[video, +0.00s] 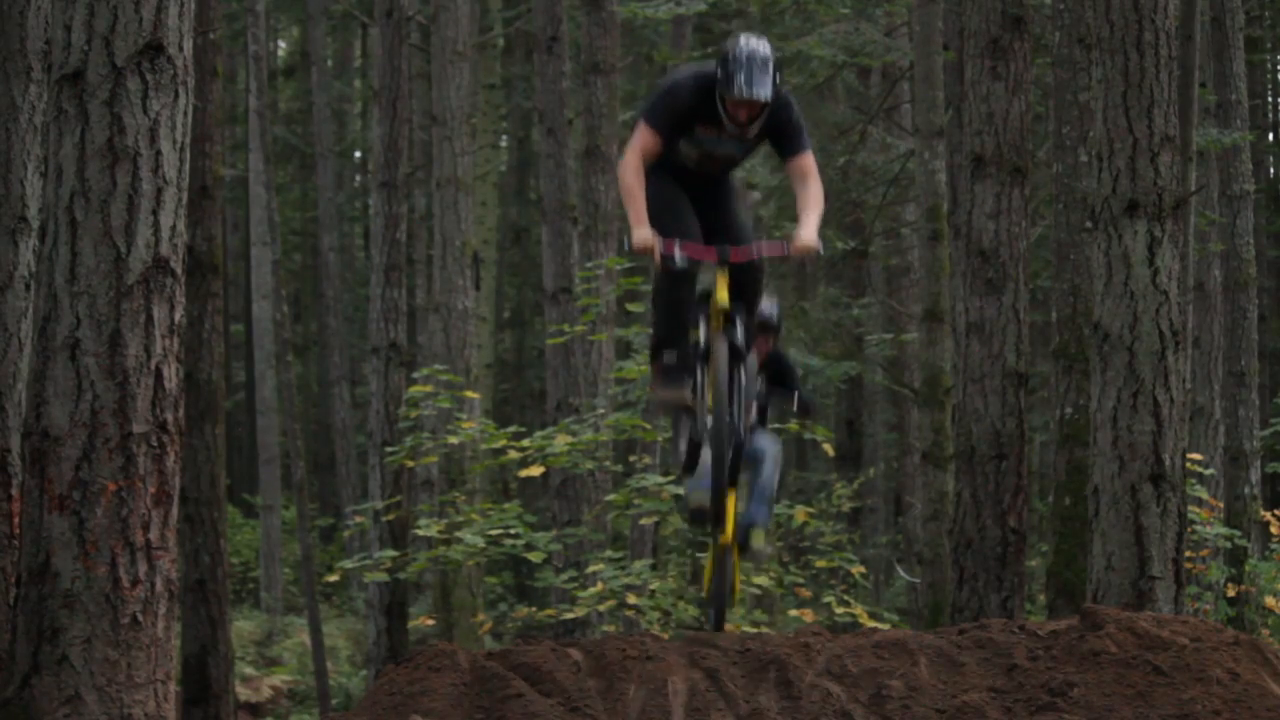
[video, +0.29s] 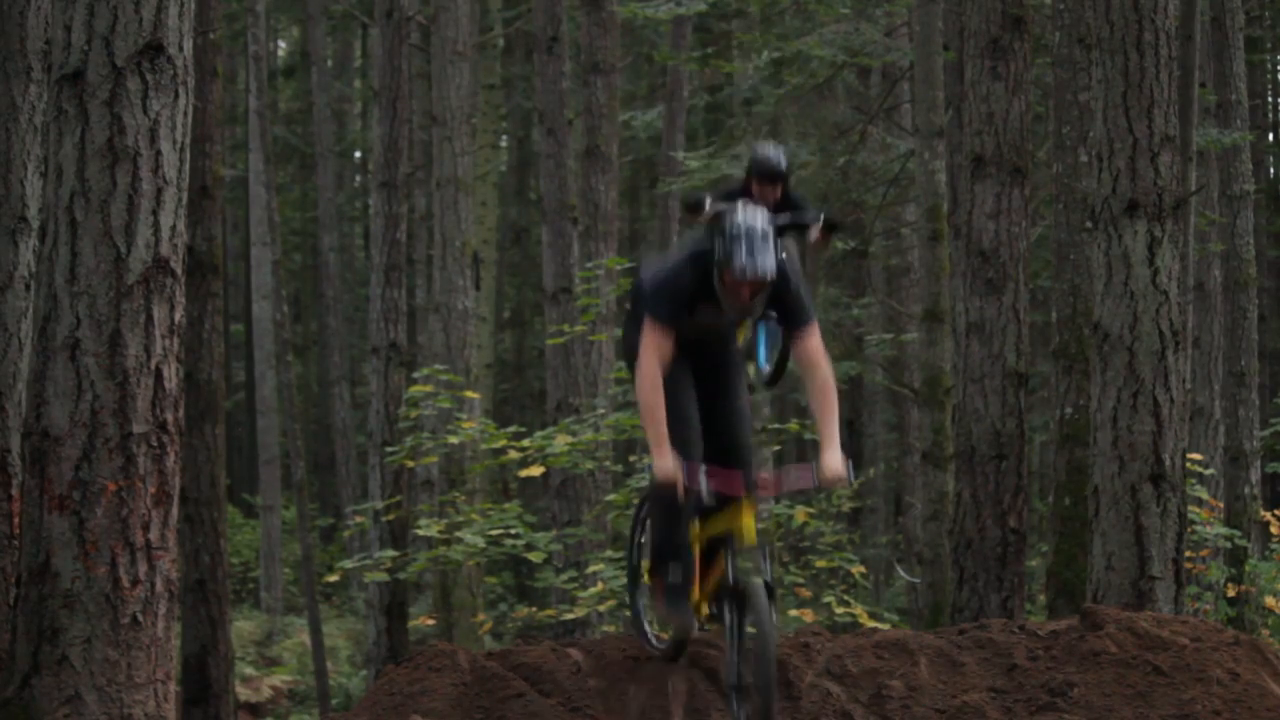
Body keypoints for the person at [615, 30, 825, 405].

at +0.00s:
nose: (744, 113)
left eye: (754, 105)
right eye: (737, 103)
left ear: (769, 95)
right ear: (720, 87)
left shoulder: (777, 107)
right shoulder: (686, 91)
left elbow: (806, 175)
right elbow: (632, 157)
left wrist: (808, 228)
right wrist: (639, 226)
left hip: (715, 183)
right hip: (664, 177)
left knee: (748, 267)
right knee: (681, 251)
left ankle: (742, 358)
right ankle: (667, 362)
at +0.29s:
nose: (744, 293)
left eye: (756, 284)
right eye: (736, 281)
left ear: (771, 271)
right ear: (716, 264)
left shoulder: (781, 274)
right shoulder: (675, 281)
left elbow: (815, 362)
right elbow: (648, 365)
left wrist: (831, 448)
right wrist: (661, 453)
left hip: (721, 347)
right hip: (668, 348)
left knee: (735, 460)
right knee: (679, 461)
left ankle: (722, 564)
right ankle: (669, 581)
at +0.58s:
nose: (750, 454)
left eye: (760, 445)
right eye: (743, 442)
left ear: (776, 430)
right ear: (722, 425)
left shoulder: (784, 438)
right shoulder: (672, 431)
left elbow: (823, 504)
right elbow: (615, 505)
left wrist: (834, 542)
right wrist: (647, 561)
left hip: (734, 491)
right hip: (671, 491)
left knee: (763, 546)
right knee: (693, 569)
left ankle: (749, 632)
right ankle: (691, 673)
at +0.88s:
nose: (731, 474)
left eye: (742, 461)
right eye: (720, 461)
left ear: (759, 455)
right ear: (700, 453)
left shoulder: (781, 483)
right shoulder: (659, 489)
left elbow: (826, 565)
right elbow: (611, 578)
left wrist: (828, 631)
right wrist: (627, 654)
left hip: (742, 575)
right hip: (668, 584)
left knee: (776, 660)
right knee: (688, 680)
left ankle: (776, 711)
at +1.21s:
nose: (695, 505)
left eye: (708, 490)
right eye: (682, 490)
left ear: (728, 489)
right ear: (662, 491)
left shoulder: (769, 555)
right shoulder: (624, 558)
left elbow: (803, 654)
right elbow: (584, 663)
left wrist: (807, 715)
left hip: (742, 688)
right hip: (656, 693)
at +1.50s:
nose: (654, 536)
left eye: (668, 520)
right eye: (639, 521)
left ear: (692, 524)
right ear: (618, 526)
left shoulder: (743, 606)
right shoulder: (579, 612)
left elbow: (788, 715)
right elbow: (537, 715)